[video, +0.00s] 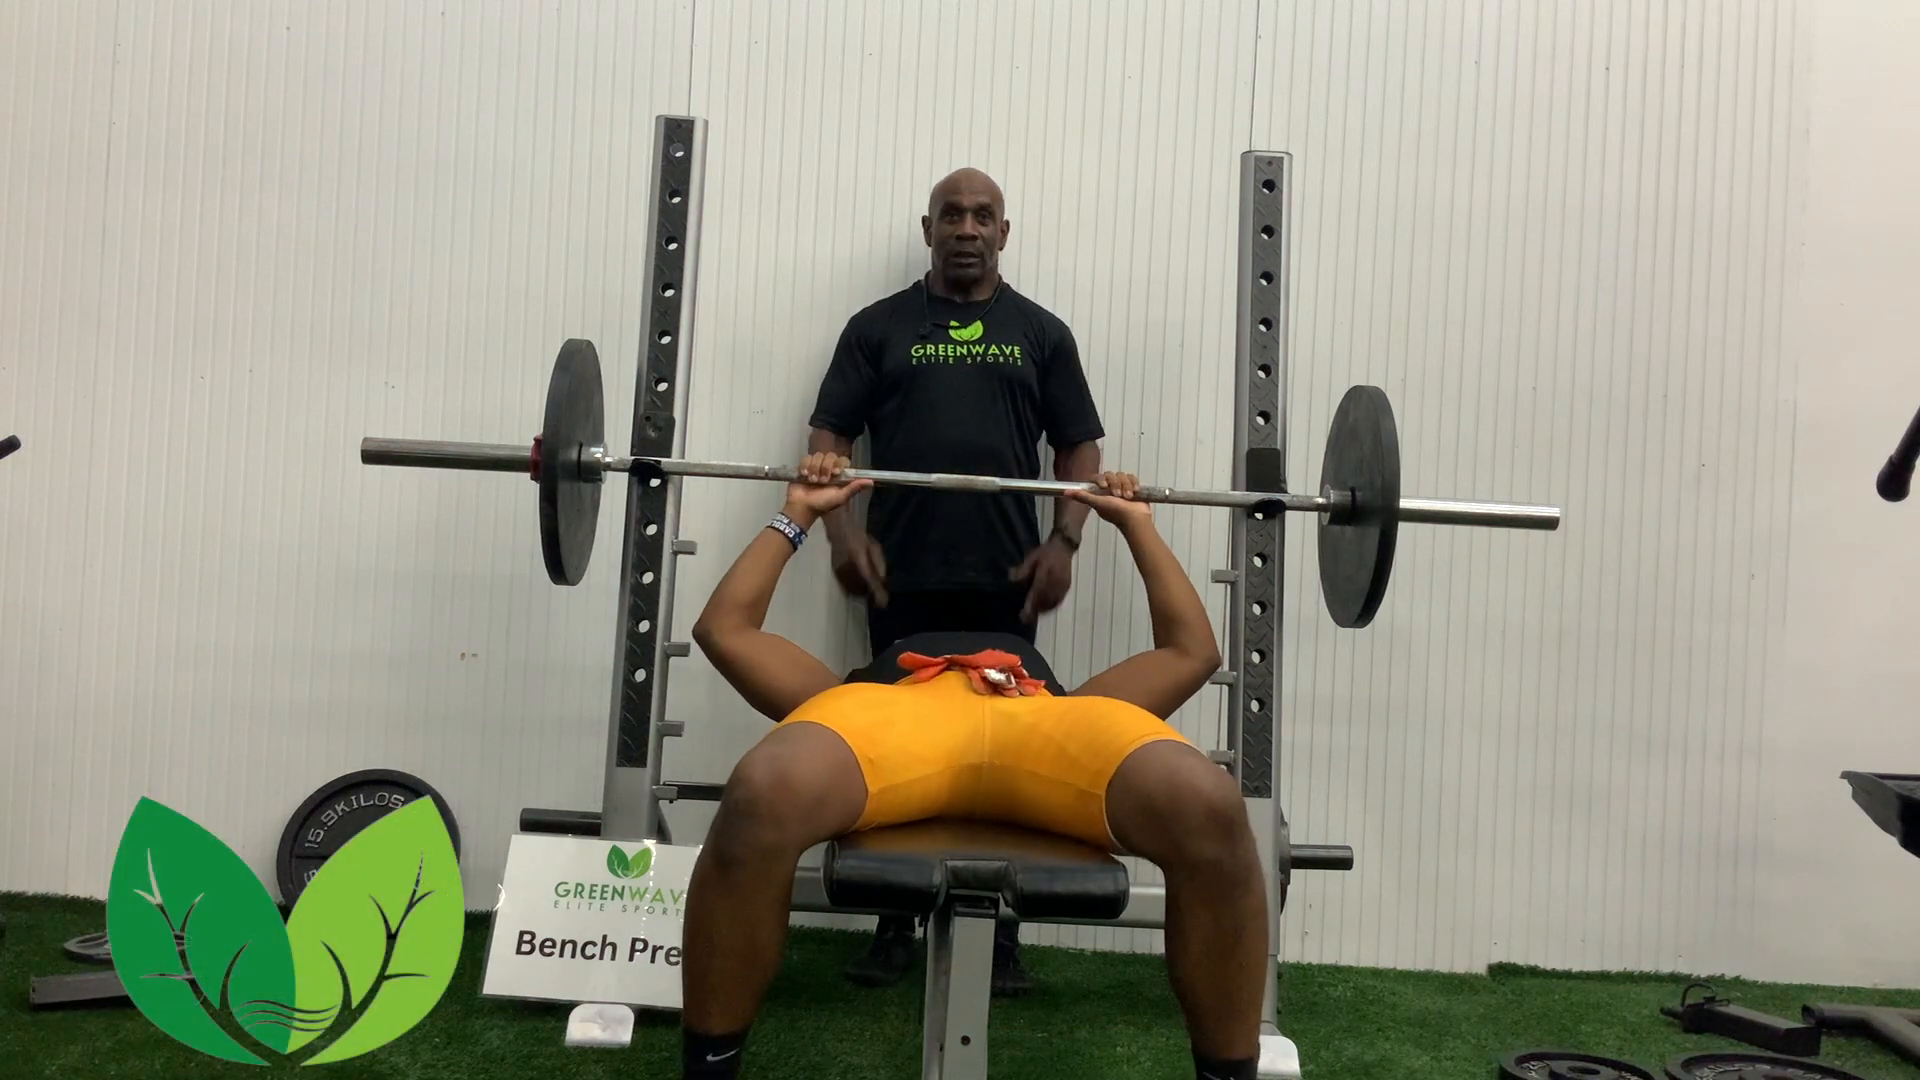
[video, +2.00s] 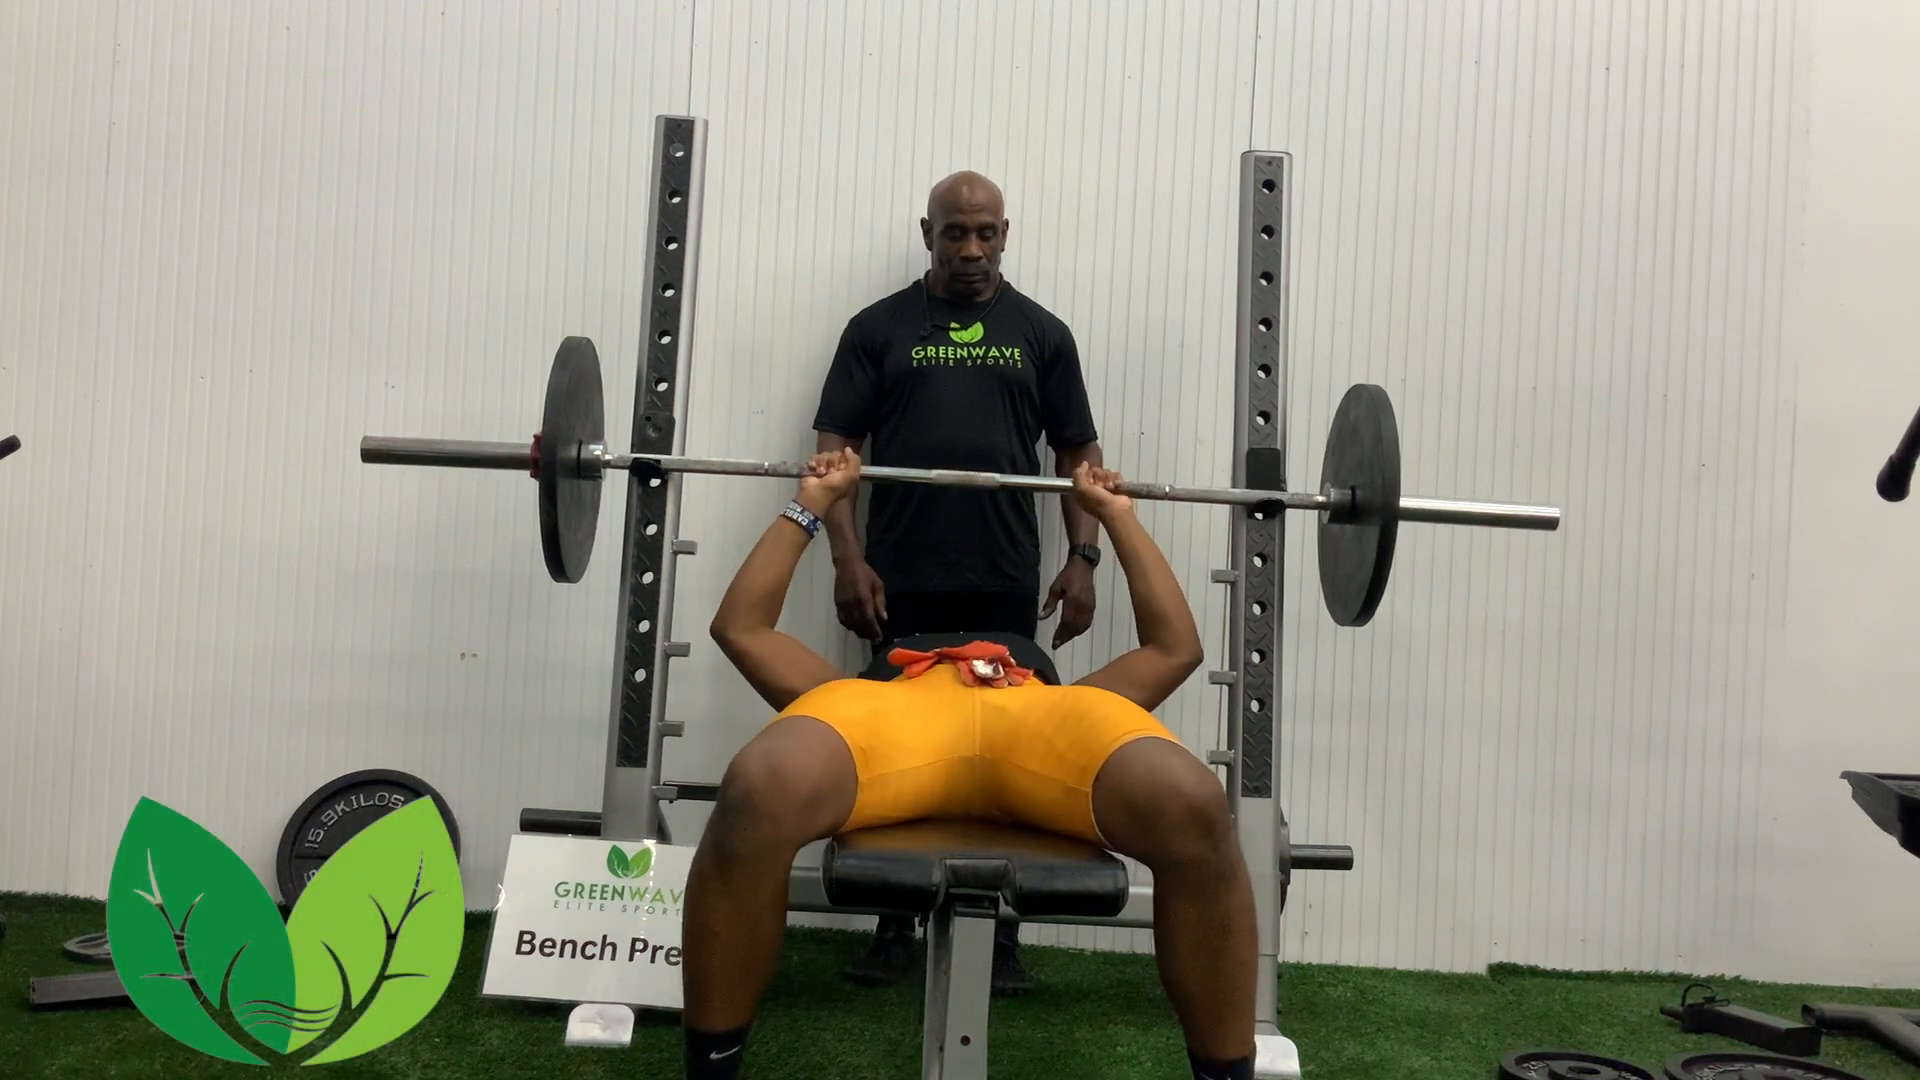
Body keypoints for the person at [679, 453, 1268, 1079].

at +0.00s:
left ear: (1033, 682)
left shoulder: (1069, 705)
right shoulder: (858, 690)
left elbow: (1193, 649)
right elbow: (725, 626)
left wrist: (1134, 519)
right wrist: (799, 514)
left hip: (1053, 717)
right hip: (886, 705)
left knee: (1212, 811)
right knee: (757, 798)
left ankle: (1230, 1072)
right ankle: (708, 1068)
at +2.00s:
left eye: (1001, 647)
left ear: (1030, 673)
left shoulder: (1067, 696)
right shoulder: (861, 689)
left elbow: (1175, 643)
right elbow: (740, 625)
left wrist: (1116, 514)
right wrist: (807, 508)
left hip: (1048, 711)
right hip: (886, 704)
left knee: (1196, 808)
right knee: (755, 791)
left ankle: (1227, 1072)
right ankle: (711, 1068)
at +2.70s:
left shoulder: (1061, 678)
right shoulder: (859, 675)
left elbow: (1098, 539)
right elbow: (836, 540)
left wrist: (1127, 399)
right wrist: (823, 399)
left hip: (1041, 707)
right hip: (881, 696)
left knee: (1191, 815)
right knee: (719, 780)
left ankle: (1230, 1075)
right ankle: (700, 1069)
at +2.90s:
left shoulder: (1062, 682)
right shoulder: (857, 676)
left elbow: (1100, 544)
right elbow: (831, 541)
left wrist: (1129, 392)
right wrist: (822, 395)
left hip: (1046, 710)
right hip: (882, 701)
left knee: (1195, 812)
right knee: (732, 781)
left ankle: (1235, 1068)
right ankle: (709, 1062)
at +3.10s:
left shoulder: (1062, 686)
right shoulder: (857, 676)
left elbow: (1106, 550)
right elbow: (828, 545)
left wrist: (1128, 396)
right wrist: (816, 400)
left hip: (1042, 702)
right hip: (885, 687)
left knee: (1196, 809)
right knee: (747, 786)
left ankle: (1232, 1071)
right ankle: (713, 1067)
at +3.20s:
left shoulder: (1064, 688)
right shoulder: (858, 676)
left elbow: (1105, 550)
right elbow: (827, 545)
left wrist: (1128, 396)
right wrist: (816, 401)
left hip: (1045, 706)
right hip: (888, 690)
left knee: (1196, 810)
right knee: (755, 789)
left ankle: (1234, 1073)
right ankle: (716, 1070)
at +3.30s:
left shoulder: (1066, 683)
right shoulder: (859, 676)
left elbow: (1106, 548)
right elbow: (827, 543)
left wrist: (1128, 396)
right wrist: (816, 399)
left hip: (1051, 709)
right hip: (887, 699)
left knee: (1194, 815)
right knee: (755, 791)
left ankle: (1232, 1073)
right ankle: (718, 1070)